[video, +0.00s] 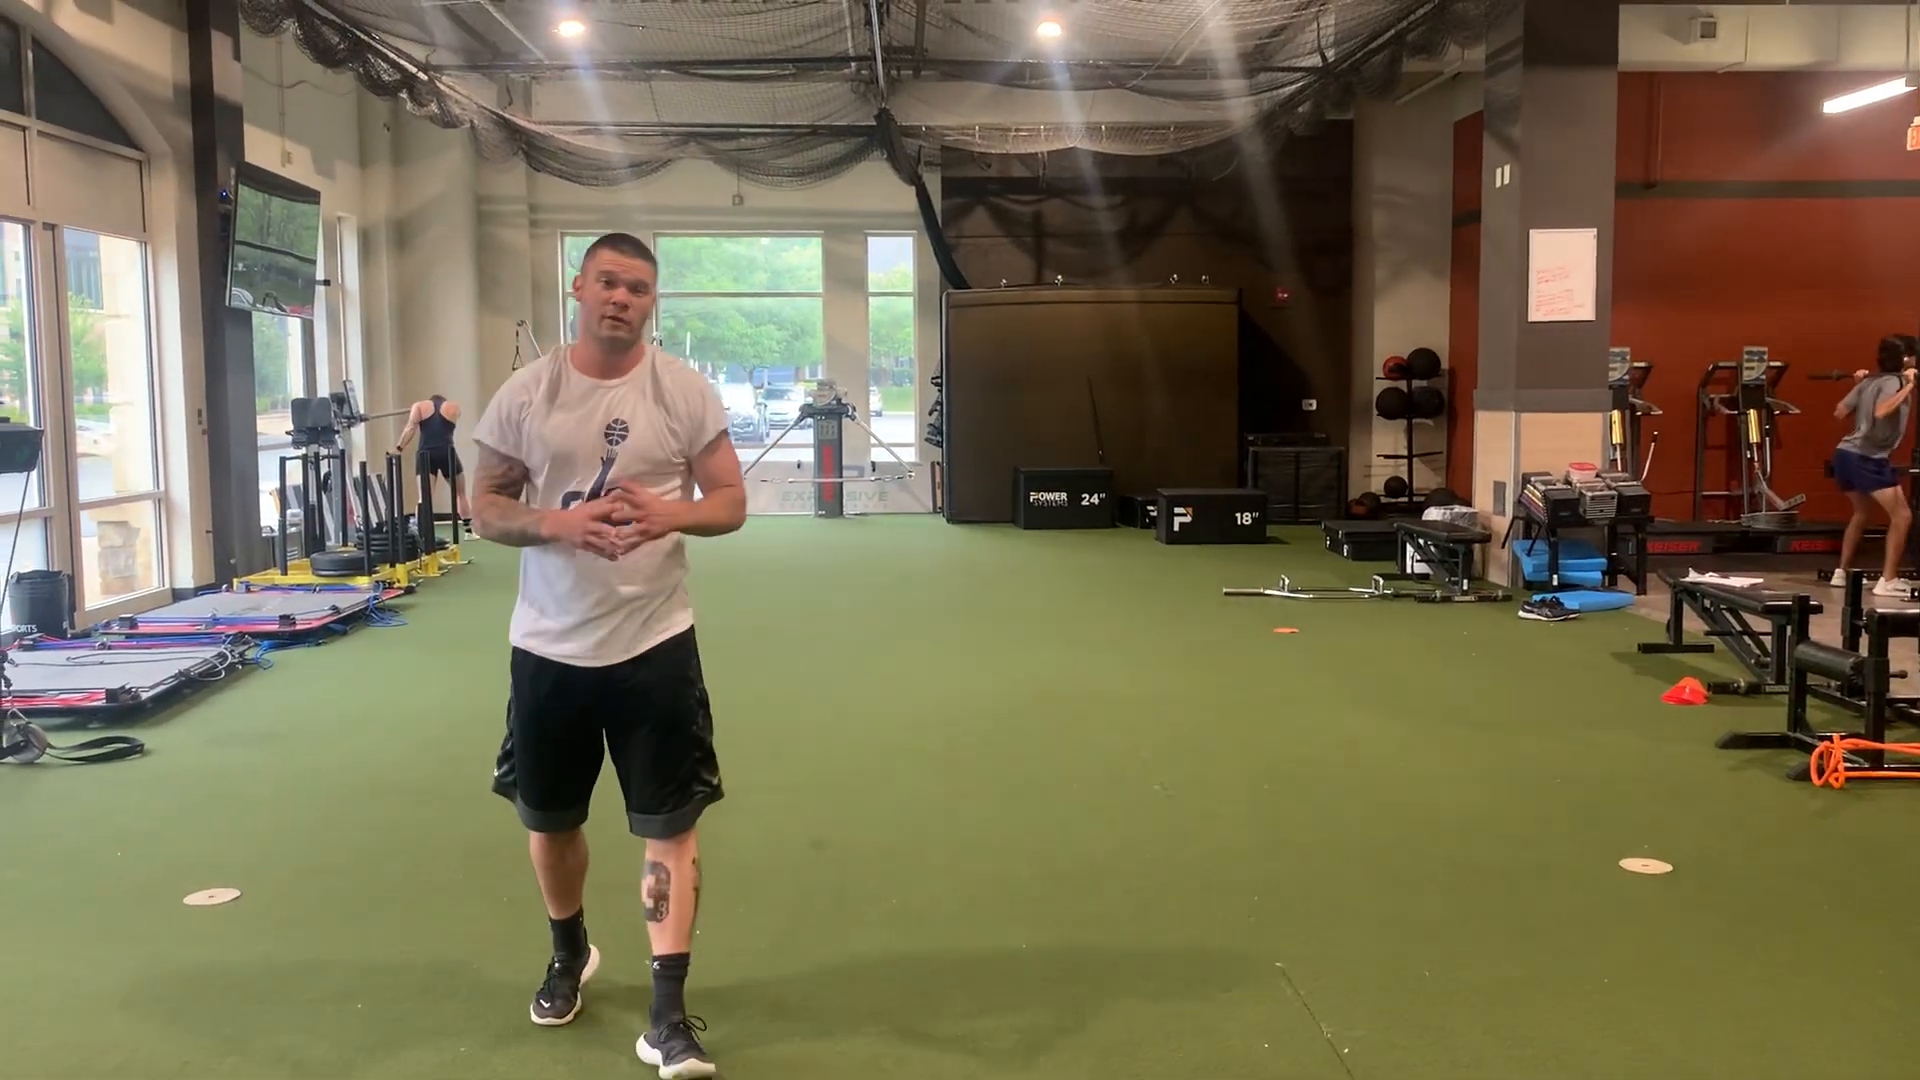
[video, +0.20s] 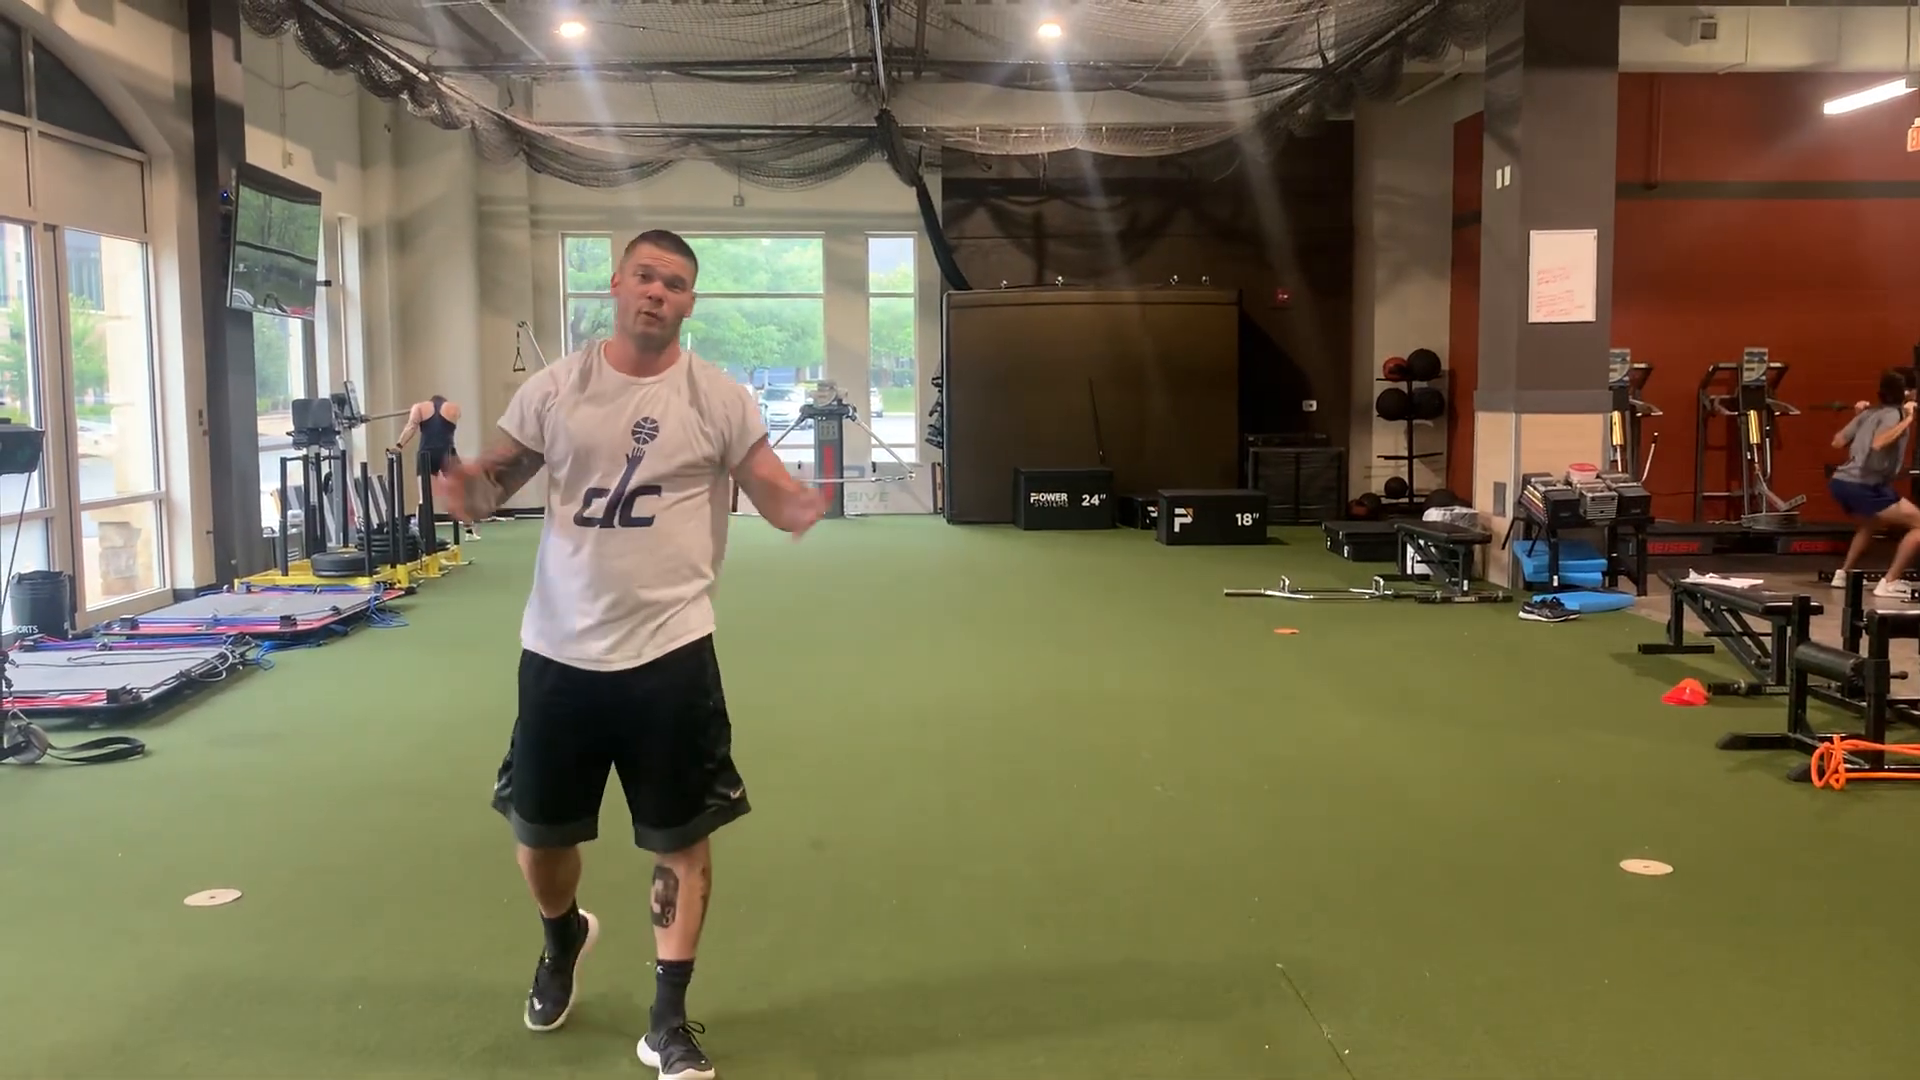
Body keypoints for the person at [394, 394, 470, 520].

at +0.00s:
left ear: (430, 400)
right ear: (445, 400)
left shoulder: (419, 406)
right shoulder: (454, 408)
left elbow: (411, 428)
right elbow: (449, 428)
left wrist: (399, 447)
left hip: (425, 454)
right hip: (447, 453)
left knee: (424, 497)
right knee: (460, 493)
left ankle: (422, 532)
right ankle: (468, 527)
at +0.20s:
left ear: (430, 400)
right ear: (445, 401)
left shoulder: (419, 408)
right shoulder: (454, 409)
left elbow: (411, 427)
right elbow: (450, 430)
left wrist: (399, 444)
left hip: (426, 456)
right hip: (447, 455)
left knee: (424, 498)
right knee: (456, 494)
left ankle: (422, 534)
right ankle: (469, 530)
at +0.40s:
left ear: (428, 402)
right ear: (443, 403)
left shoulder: (417, 410)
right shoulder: (452, 411)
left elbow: (410, 431)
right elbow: (450, 430)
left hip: (424, 457)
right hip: (446, 456)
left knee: (423, 495)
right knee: (459, 494)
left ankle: (418, 530)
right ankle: (468, 533)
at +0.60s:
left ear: (425, 404)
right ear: (439, 405)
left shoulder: (414, 411)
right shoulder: (448, 412)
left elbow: (408, 433)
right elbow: (453, 420)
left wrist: (396, 452)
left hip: (422, 459)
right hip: (443, 458)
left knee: (422, 499)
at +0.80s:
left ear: (422, 406)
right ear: (436, 407)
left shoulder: (411, 412)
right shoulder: (445, 414)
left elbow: (405, 434)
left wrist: (394, 448)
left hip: (418, 461)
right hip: (439, 460)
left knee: (418, 505)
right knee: (453, 496)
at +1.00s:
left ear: (418, 409)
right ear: (434, 410)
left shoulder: (408, 415)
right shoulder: (443, 417)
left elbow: (401, 437)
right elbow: (447, 426)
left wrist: (392, 442)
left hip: (415, 465)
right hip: (436, 464)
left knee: (414, 508)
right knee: (448, 499)